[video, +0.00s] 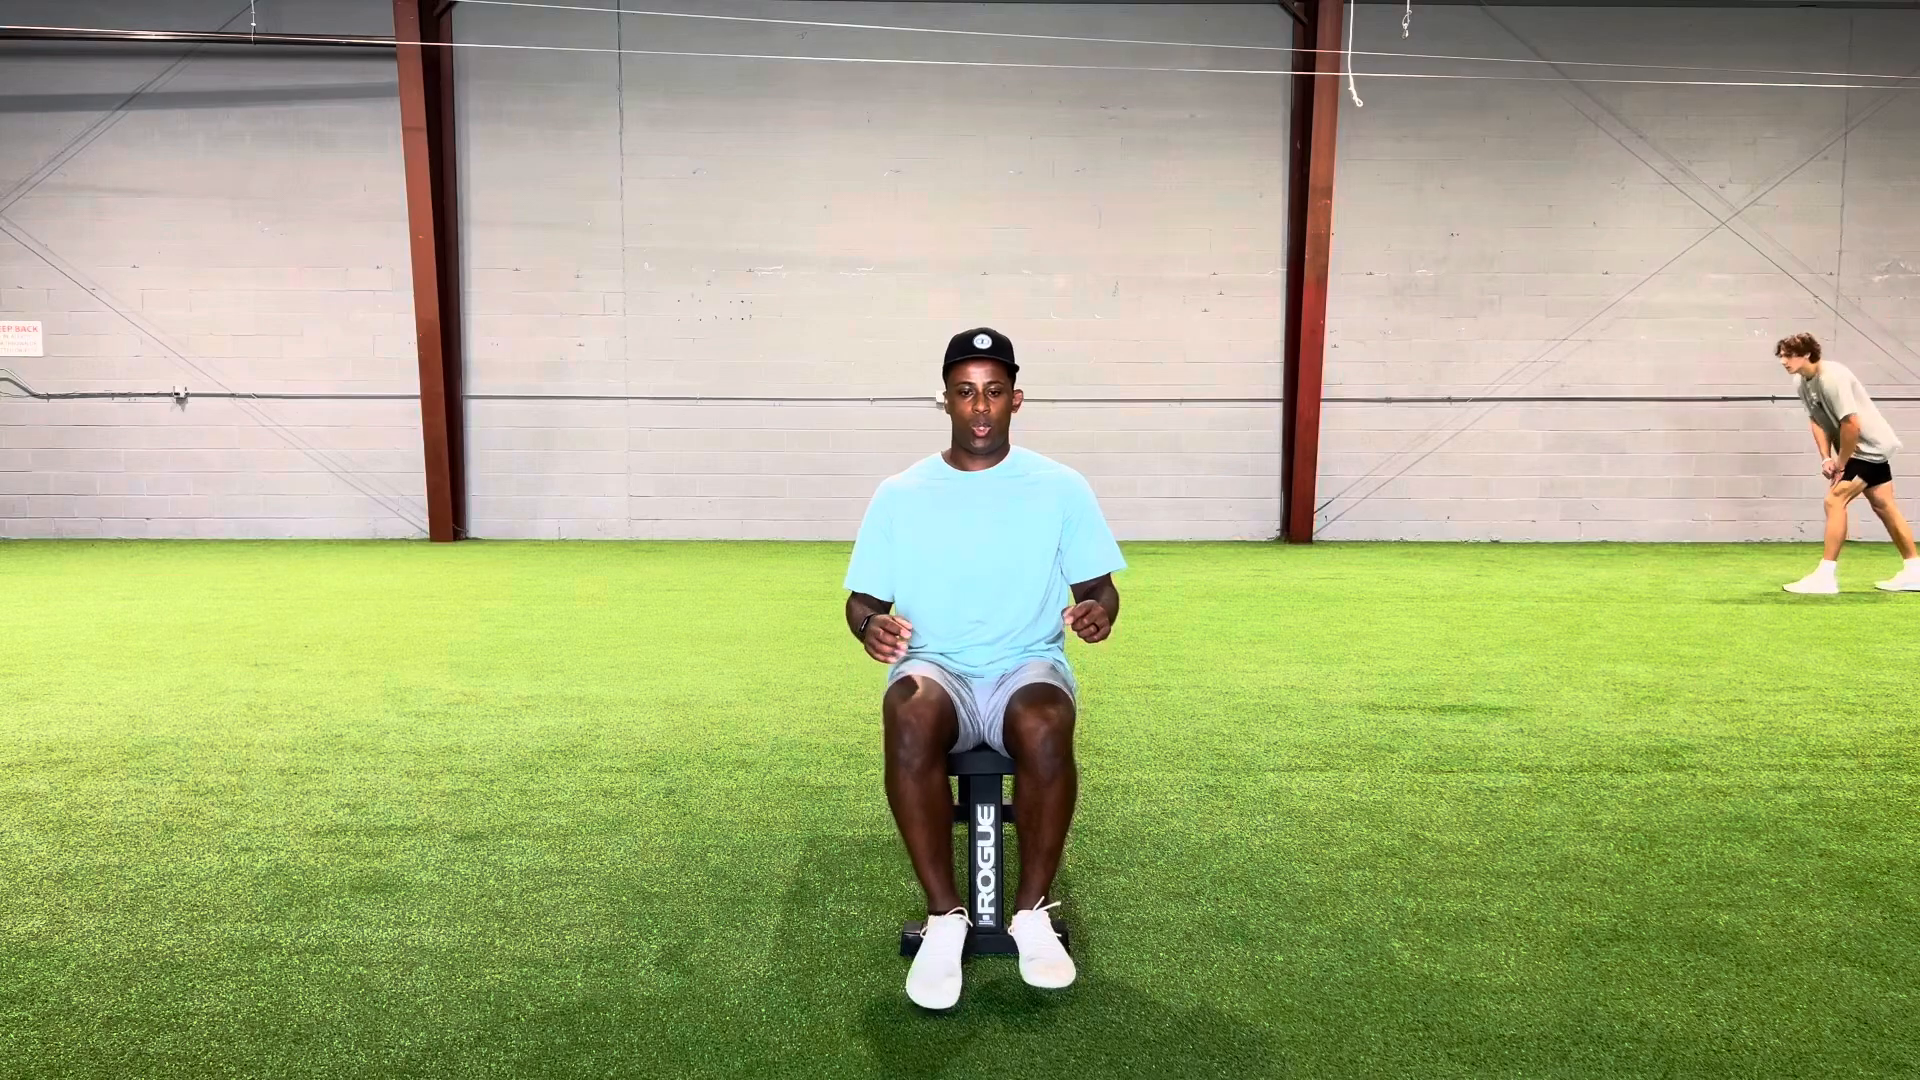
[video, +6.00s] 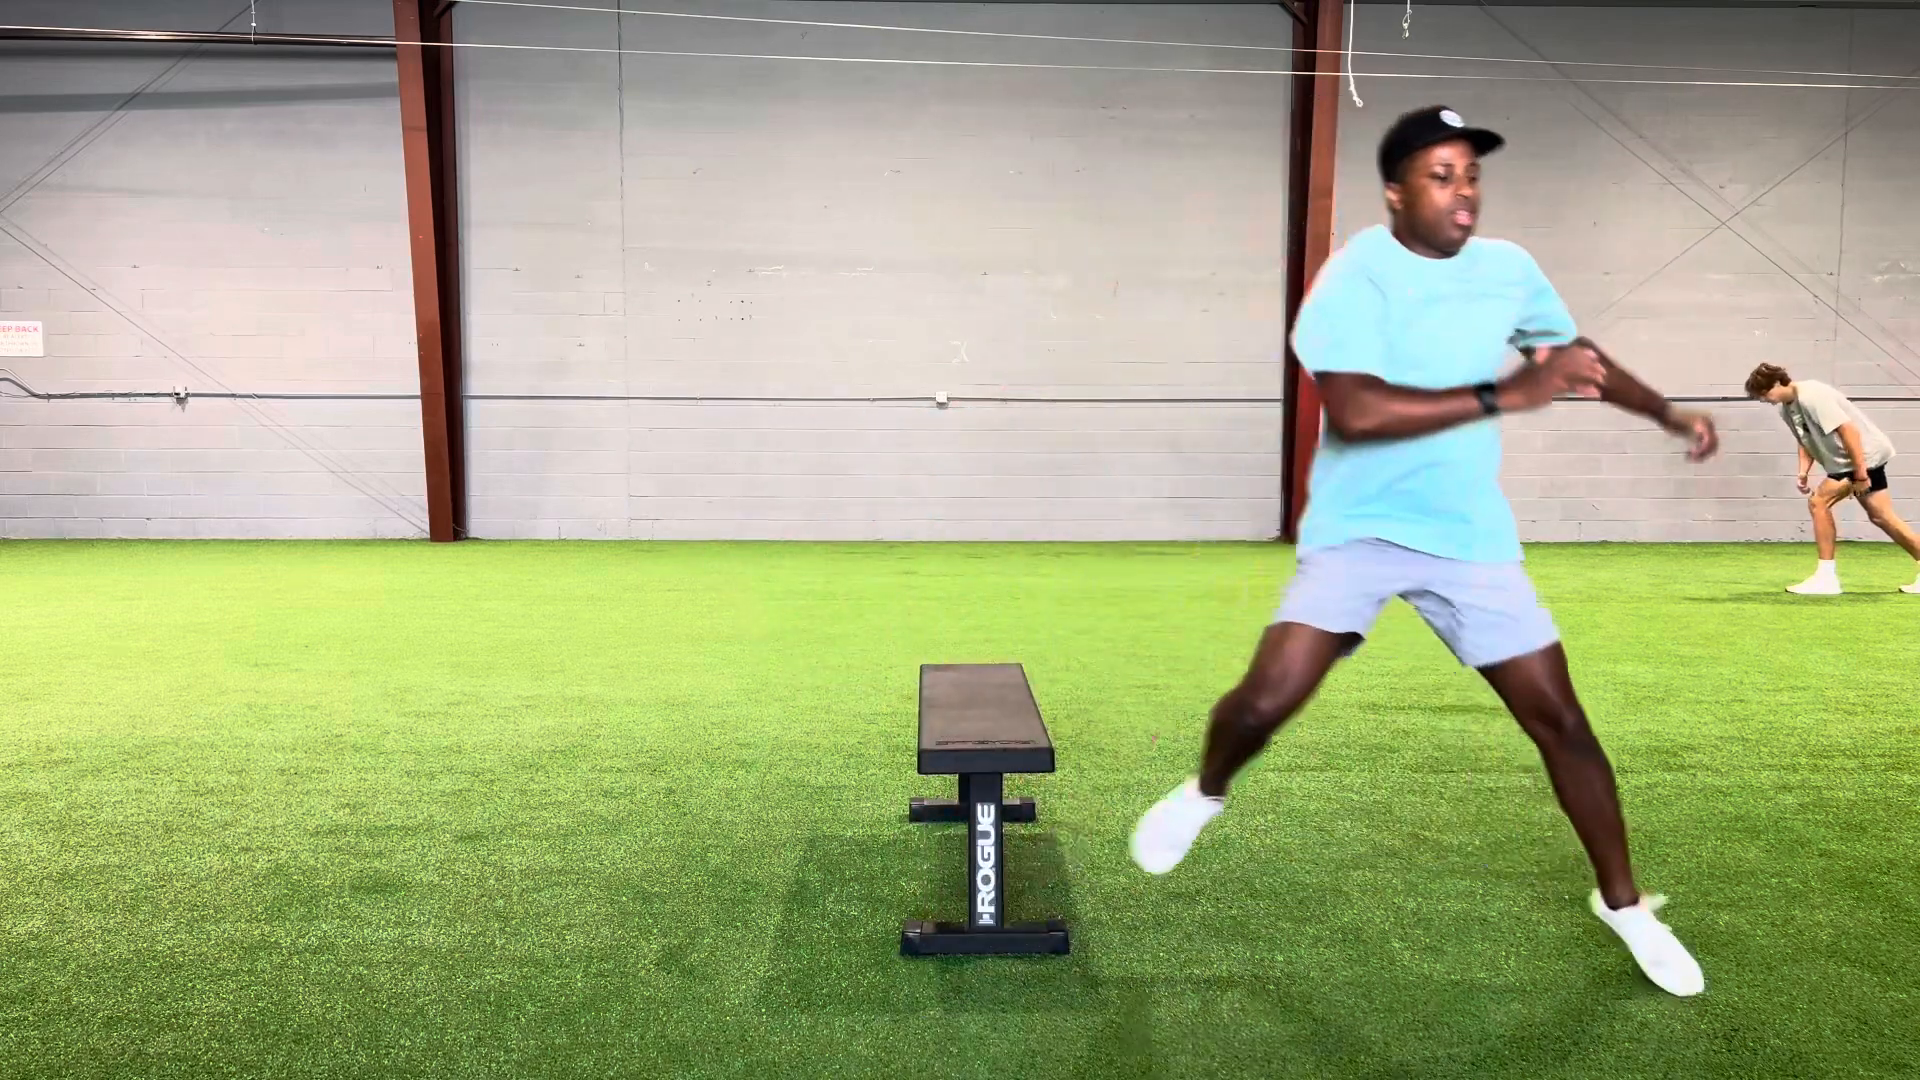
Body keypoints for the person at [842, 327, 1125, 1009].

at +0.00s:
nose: (981, 405)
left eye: (994, 391)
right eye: (966, 392)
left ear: (1014, 399)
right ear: (946, 401)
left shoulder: (1061, 489)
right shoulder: (900, 495)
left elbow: (1095, 584)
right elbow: (862, 599)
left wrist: (1097, 609)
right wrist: (870, 624)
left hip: (1028, 661)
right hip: (933, 665)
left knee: (1044, 722)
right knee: (911, 712)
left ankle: (1032, 909)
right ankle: (944, 914)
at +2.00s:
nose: (1469, 202)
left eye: (1477, 184)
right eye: (1446, 184)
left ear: (1485, 189)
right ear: (1394, 193)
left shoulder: (1513, 280)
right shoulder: (1335, 280)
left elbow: (1575, 373)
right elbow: (1272, 413)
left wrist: (1673, 452)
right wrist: (1407, 407)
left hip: (1476, 563)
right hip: (1348, 556)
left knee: (1577, 744)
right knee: (1254, 740)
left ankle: (1659, 939)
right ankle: (1238, 831)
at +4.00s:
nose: (1019, 424)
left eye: (1038, 406)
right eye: (1004, 403)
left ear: (1070, 392)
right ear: (985, 384)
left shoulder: (1113, 463)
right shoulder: (931, 449)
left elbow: (1159, 581)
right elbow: (880, 540)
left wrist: (1117, 676)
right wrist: (891, 633)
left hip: (1068, 637)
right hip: (957, 632)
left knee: (1092, 776)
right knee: (925, 765)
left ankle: (1077, 939)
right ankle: (935, 941)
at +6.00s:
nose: (1466, 194)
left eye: (1472, 178)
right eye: (1445, 178)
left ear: (1478, 187)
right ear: (1395, 191)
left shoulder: (1508, 272)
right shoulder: (1351, 279)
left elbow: (1580, 363)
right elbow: (1353, 414)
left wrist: (1668, 412)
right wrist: (1503, 395)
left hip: (1472, 540)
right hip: (1354, 533)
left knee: (1560, 717)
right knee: (1265, 702)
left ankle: (1624, 901)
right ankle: (1204, 794)